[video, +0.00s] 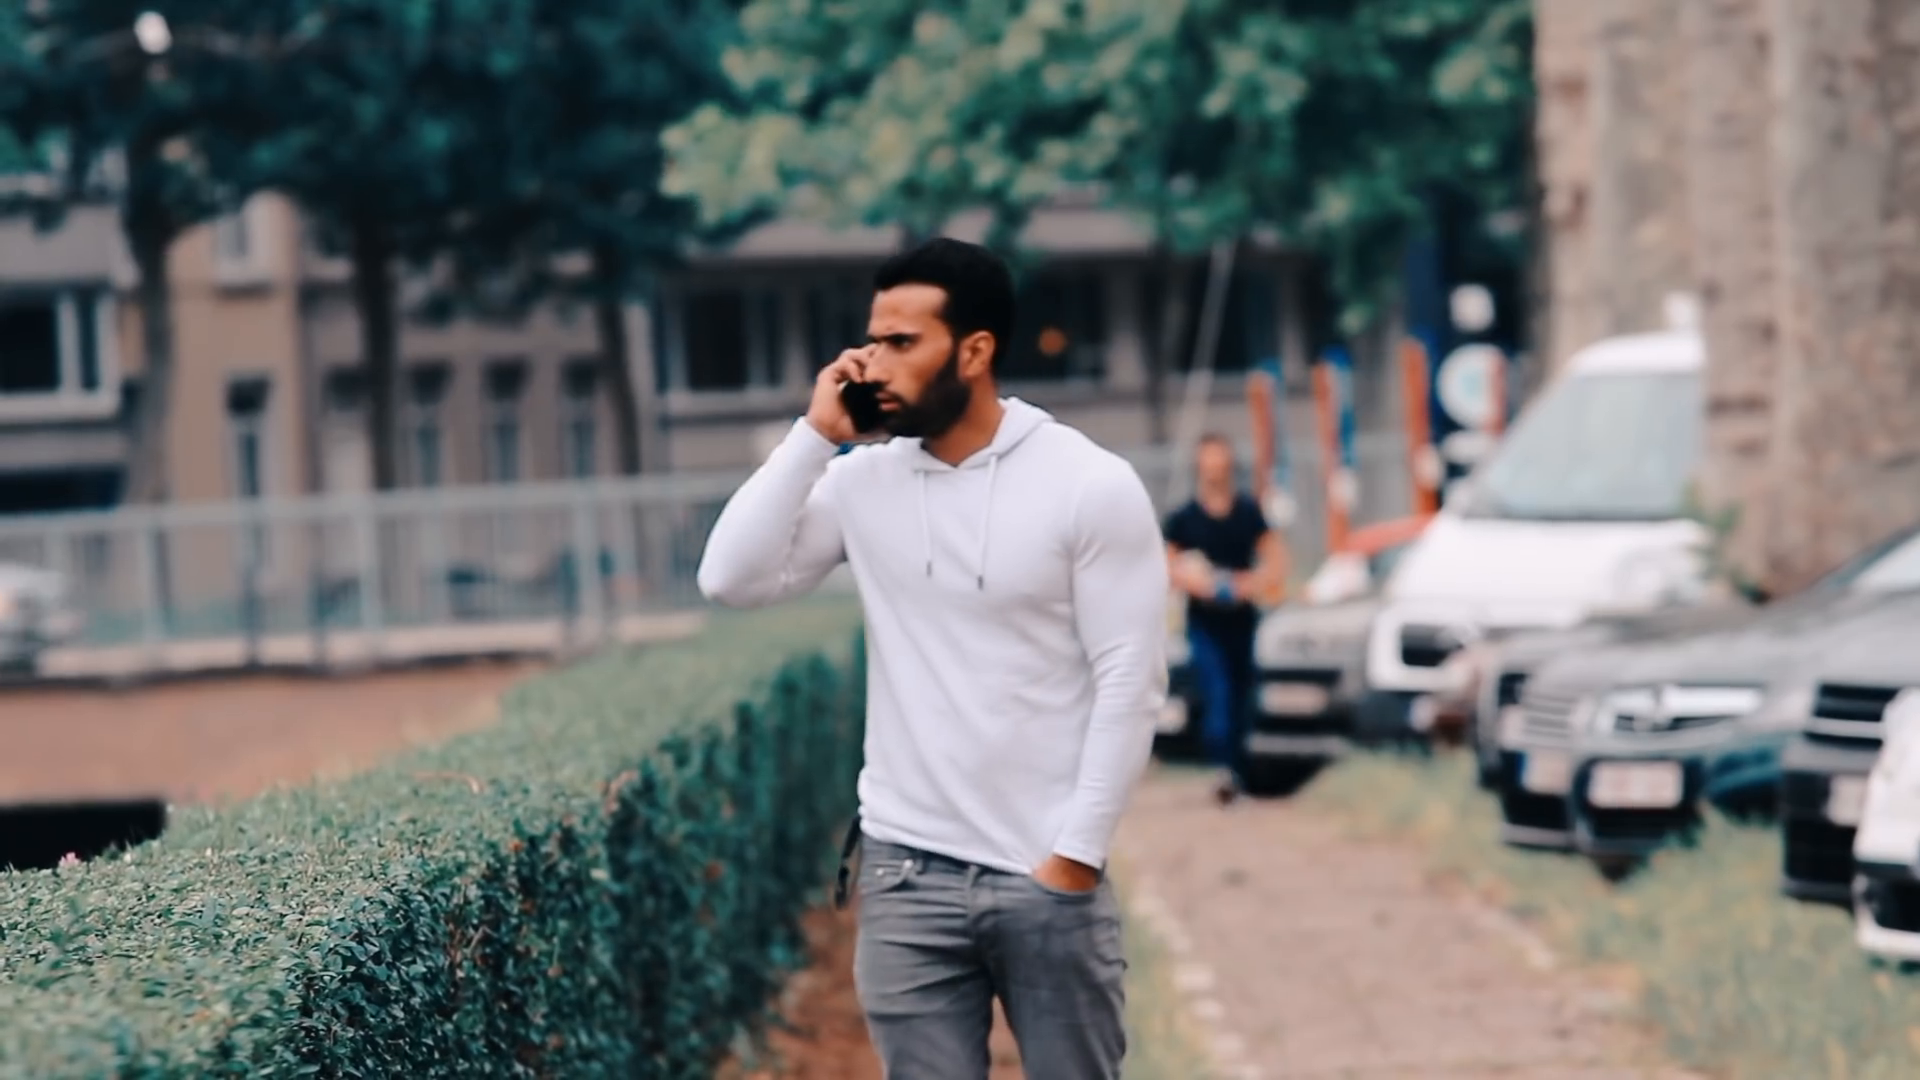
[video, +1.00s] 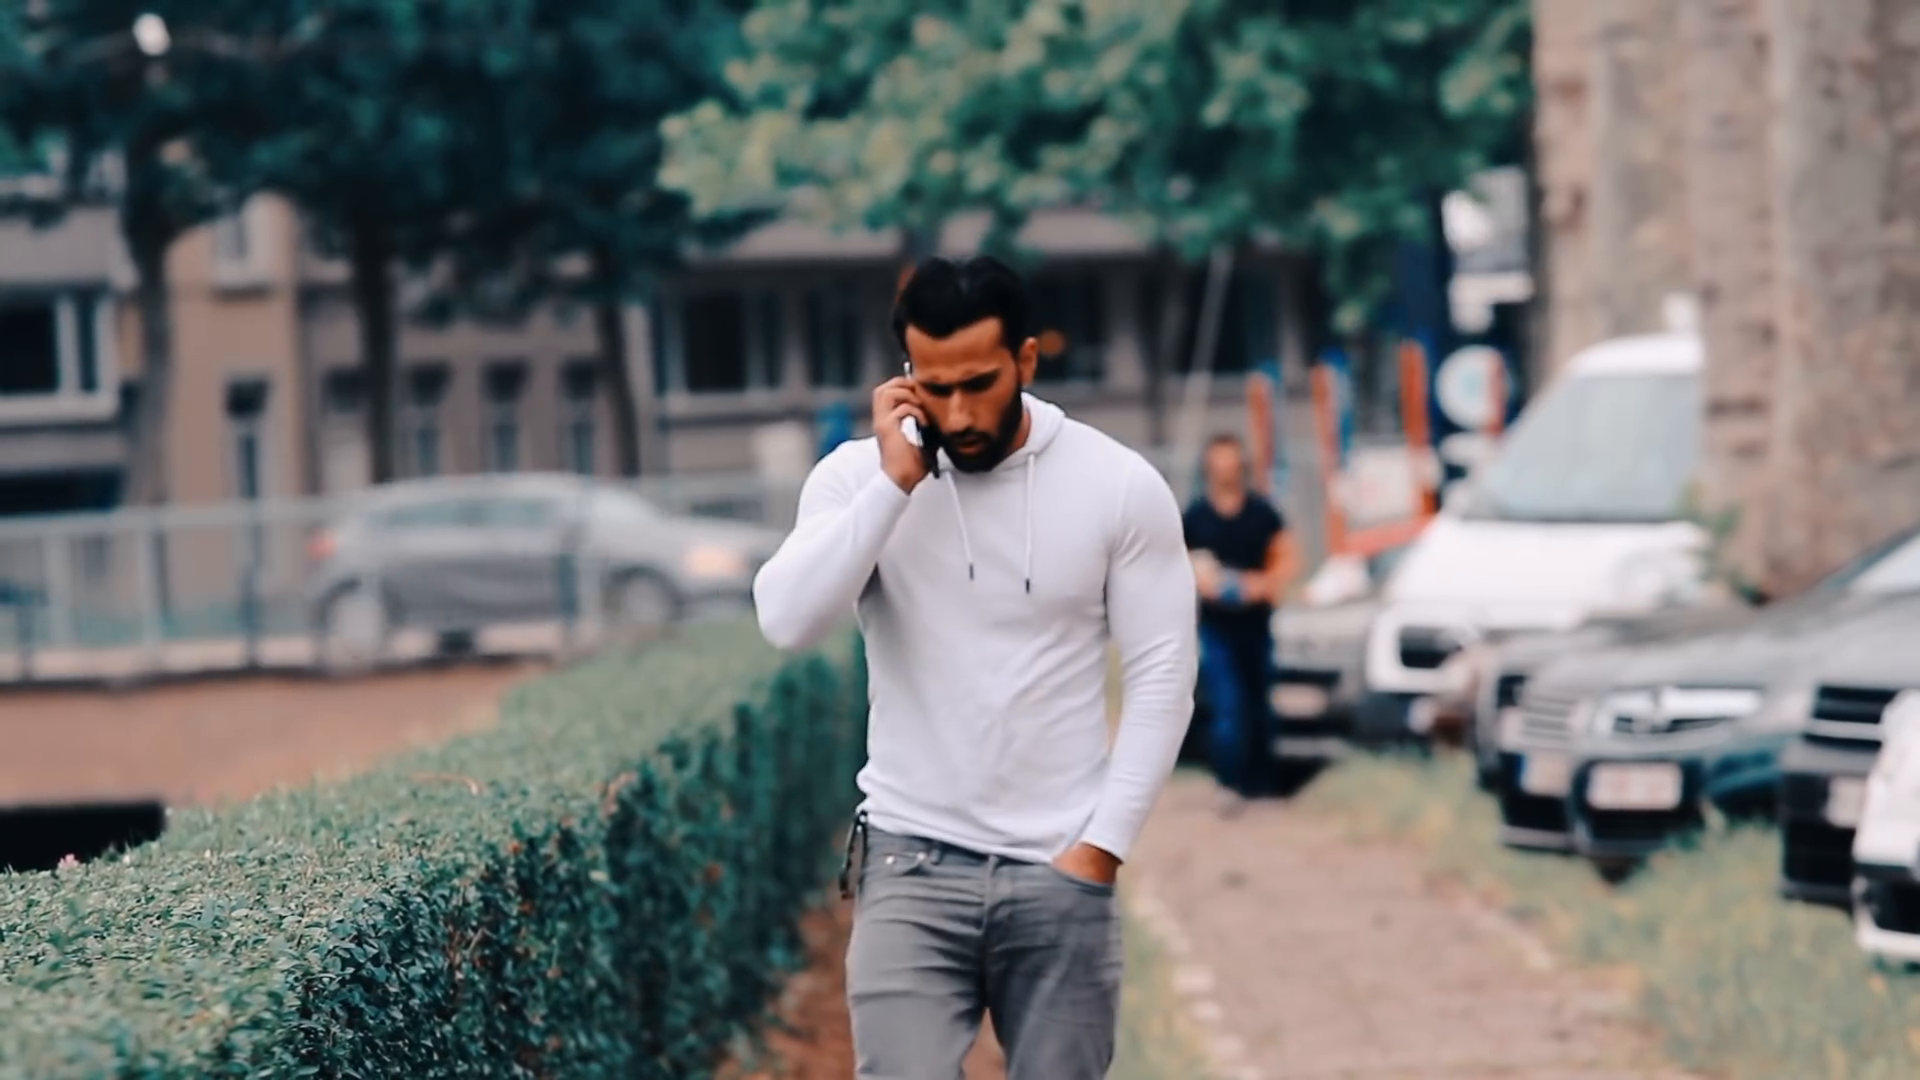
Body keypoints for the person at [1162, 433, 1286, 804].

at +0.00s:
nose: (1215, 472)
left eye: (1221, 464)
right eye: (1209, 464)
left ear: (1231, 466)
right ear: (1198, 467)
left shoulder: (1248, 512)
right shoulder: (1185, 519)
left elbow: (1275, 557)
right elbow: (1169, 564)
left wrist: (1254, 582)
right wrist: (1195, 583)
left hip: (1240, 609)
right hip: (1205, 611)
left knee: (1240, 687)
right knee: (1217, 688)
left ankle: (1236, 763)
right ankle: (1223, 768)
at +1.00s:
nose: (1226, 473)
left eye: (1232, 465)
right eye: (1219, 465)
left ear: (1244, 466)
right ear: (1207, 469)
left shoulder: (1262, 512)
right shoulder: (1196, 517)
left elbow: (1288, 556)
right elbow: (1186, 563)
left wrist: (1267, 583)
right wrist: (1205, 582)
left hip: (1253, 613)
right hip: (1215, 615)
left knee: (1256, 698)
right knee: (1228, 699)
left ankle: (1262, 779)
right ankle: (1230, 782)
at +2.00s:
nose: (1221, 471)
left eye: (1227, 463)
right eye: (1214, 463)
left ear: (1236, 465)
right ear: (1202, 466)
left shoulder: (1257, 515)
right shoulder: (1187, 521)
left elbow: (1283, 559)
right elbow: (1166, 569)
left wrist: (1259, 586)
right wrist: (1200, 582)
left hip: (1249, 622)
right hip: (1209, 624)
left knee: (1252, 704)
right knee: (1222, 705)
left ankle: (1255, 787)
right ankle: (1231, 790)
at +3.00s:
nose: (1226, 455)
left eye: (1232, 446)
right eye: (1218, 447)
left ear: (1243, 451)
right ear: (1208, 454)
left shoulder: (1268, 509)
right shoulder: (1195, 515)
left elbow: (1293, 560)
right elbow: (1168, 568)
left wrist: (1265, 584)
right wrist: (1209, 580)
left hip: (1256, 623)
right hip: (1214, 626)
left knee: (1262, 708)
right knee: (1227, 710)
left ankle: (1264, 785)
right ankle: (1239, 790)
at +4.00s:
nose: (1231, 452)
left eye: (1237, 444)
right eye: (1224, 445)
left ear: (1250, 446)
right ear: (1213, 448)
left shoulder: (1270, 497)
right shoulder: (1200, 504)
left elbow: (1302, 550)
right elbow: (1178, 560)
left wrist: (1276, 578)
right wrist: (1211, 575)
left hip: (1262, 613)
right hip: (1219, 615)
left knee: (1266, 702)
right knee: (1232, 706)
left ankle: (1273, 785)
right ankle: (1246, 789)